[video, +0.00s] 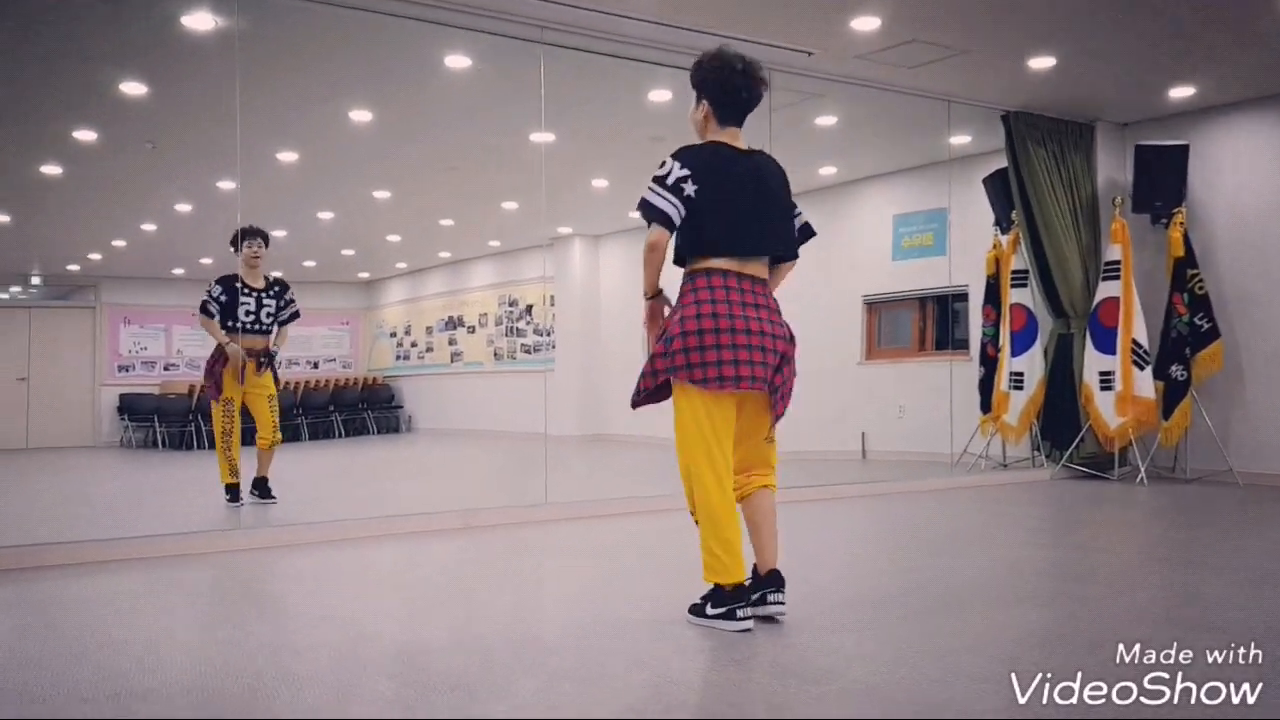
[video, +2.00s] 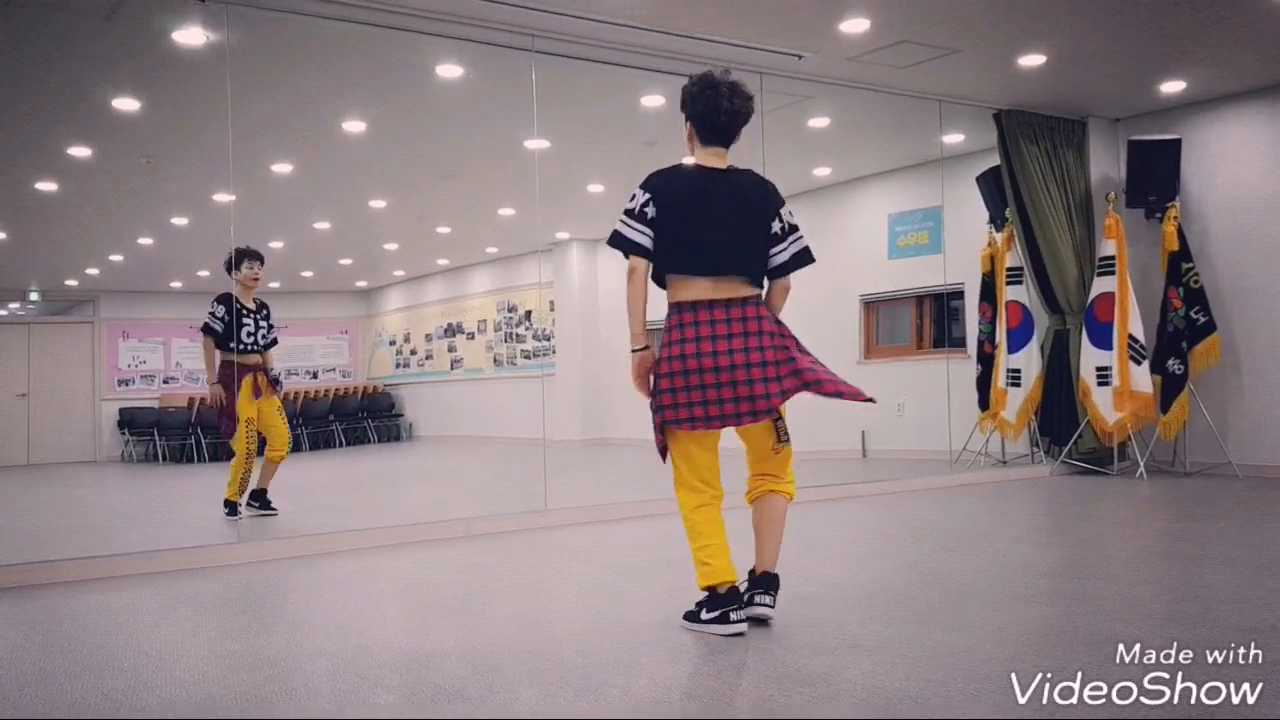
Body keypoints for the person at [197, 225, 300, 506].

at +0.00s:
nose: (256, 250)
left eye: (260, 245)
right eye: (249, 246)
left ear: (267, 251)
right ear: (238, 252)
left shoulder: (278, 288)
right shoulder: (225, 284)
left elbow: (284, 326)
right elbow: (206, 317)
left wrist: (274, 350)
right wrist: (228, 345)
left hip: (261, 364)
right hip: (228, 363)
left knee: (270, 429)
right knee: (227, 427)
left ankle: (261, 480)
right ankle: (231, 484)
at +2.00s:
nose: (255, 272)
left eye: (259, 267)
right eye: (249, 267)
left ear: (263, 272)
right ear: (235, 273)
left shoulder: (262, 307)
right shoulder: (225, 302)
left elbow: (266, 348)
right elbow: (208, 340)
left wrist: (271, 376)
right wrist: (212, 381)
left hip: (261, 377)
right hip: (235, 377)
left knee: (280, 439)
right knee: (247, 447)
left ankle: (259, 495)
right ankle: (232, 500)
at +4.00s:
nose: (309, 265)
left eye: (313, 260)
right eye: (303, 260)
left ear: (319, 265)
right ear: (292, 266)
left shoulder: (333, 291)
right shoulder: (286, 305)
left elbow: (363, 314)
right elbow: (280, 344)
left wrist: (354, 343)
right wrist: (269, 328)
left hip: (335, 368)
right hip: (303, 370)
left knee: (338, 434)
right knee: (286, 434)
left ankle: (341, 489)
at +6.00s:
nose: (285, 282)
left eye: (288, 276)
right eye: (278, 278)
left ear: (295, 278)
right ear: (268, 283)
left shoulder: (311, 307)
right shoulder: (260, 315)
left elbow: (333, 336)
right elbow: (235, 345)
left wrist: (320, 358)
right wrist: (212, 370)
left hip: (299, 389)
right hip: (265, 389)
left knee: (333, 439)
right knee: (246, 444)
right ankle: (240, 503)